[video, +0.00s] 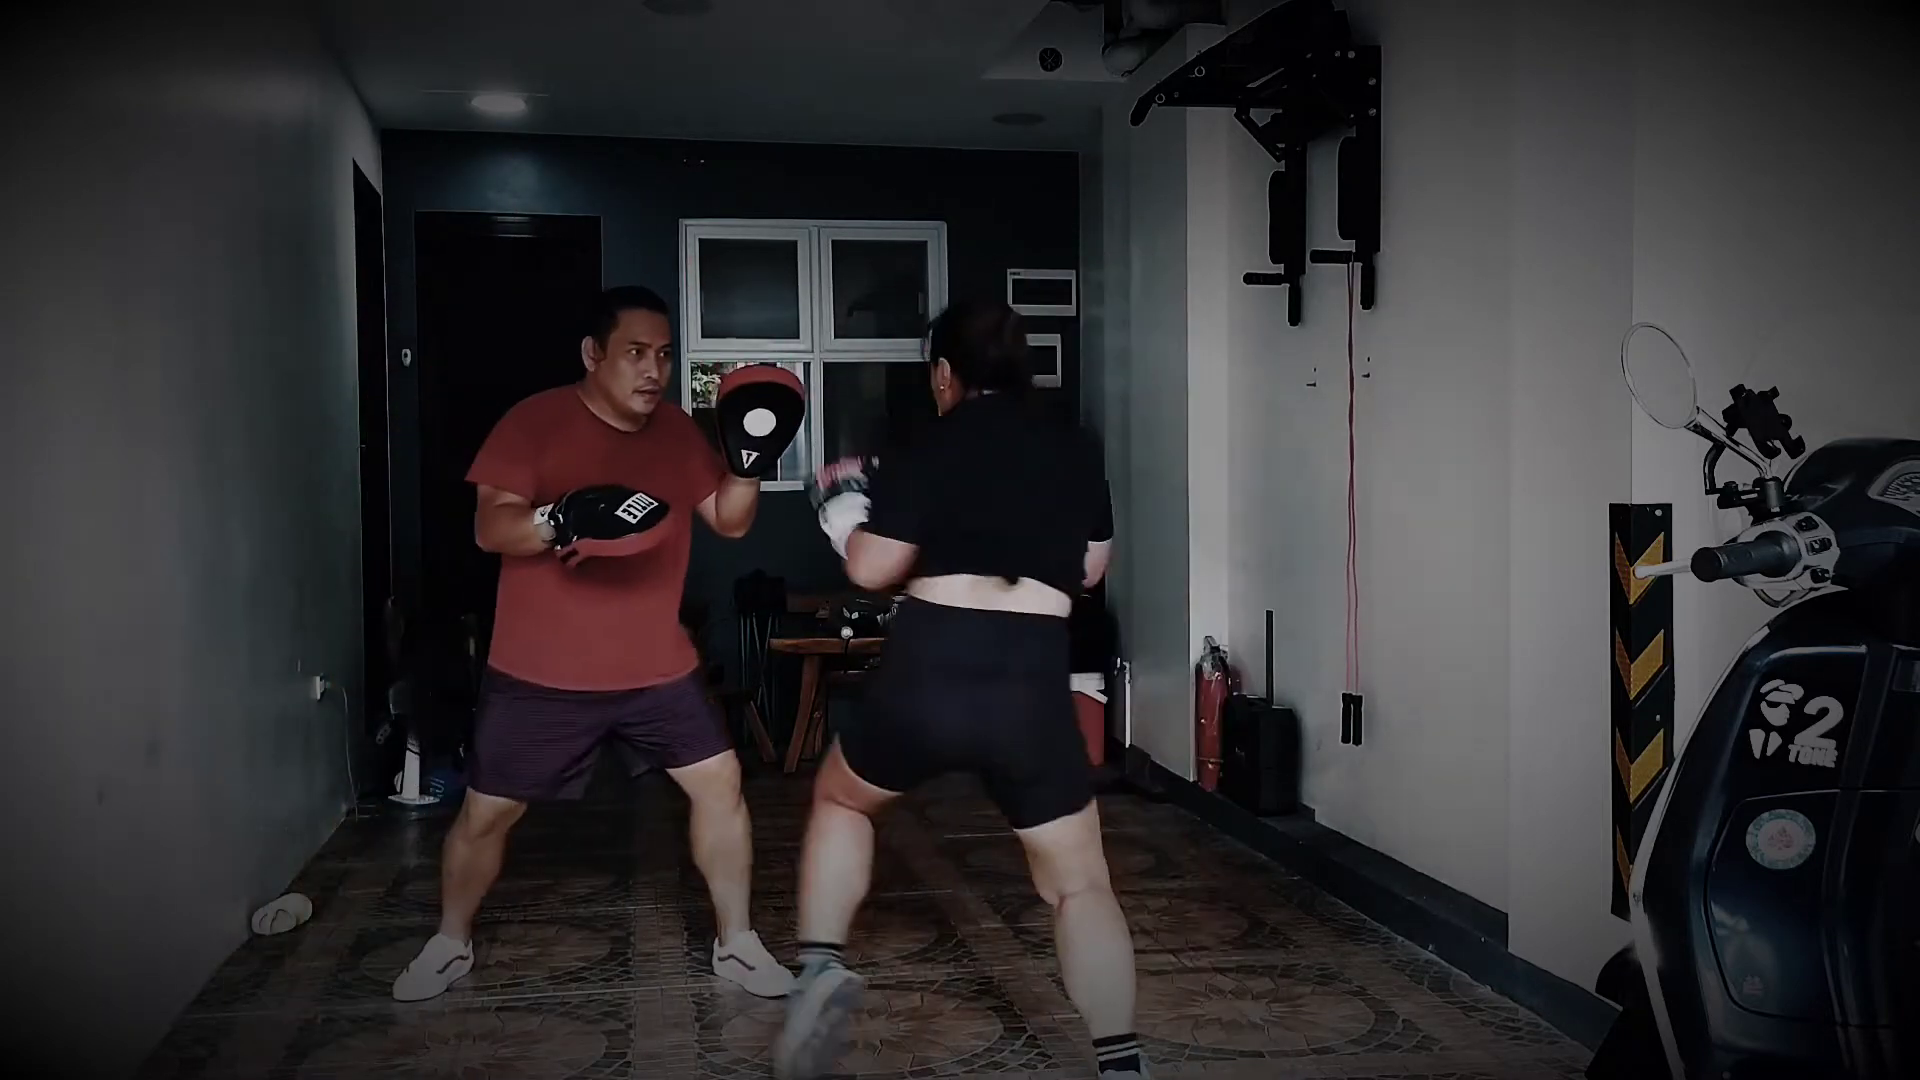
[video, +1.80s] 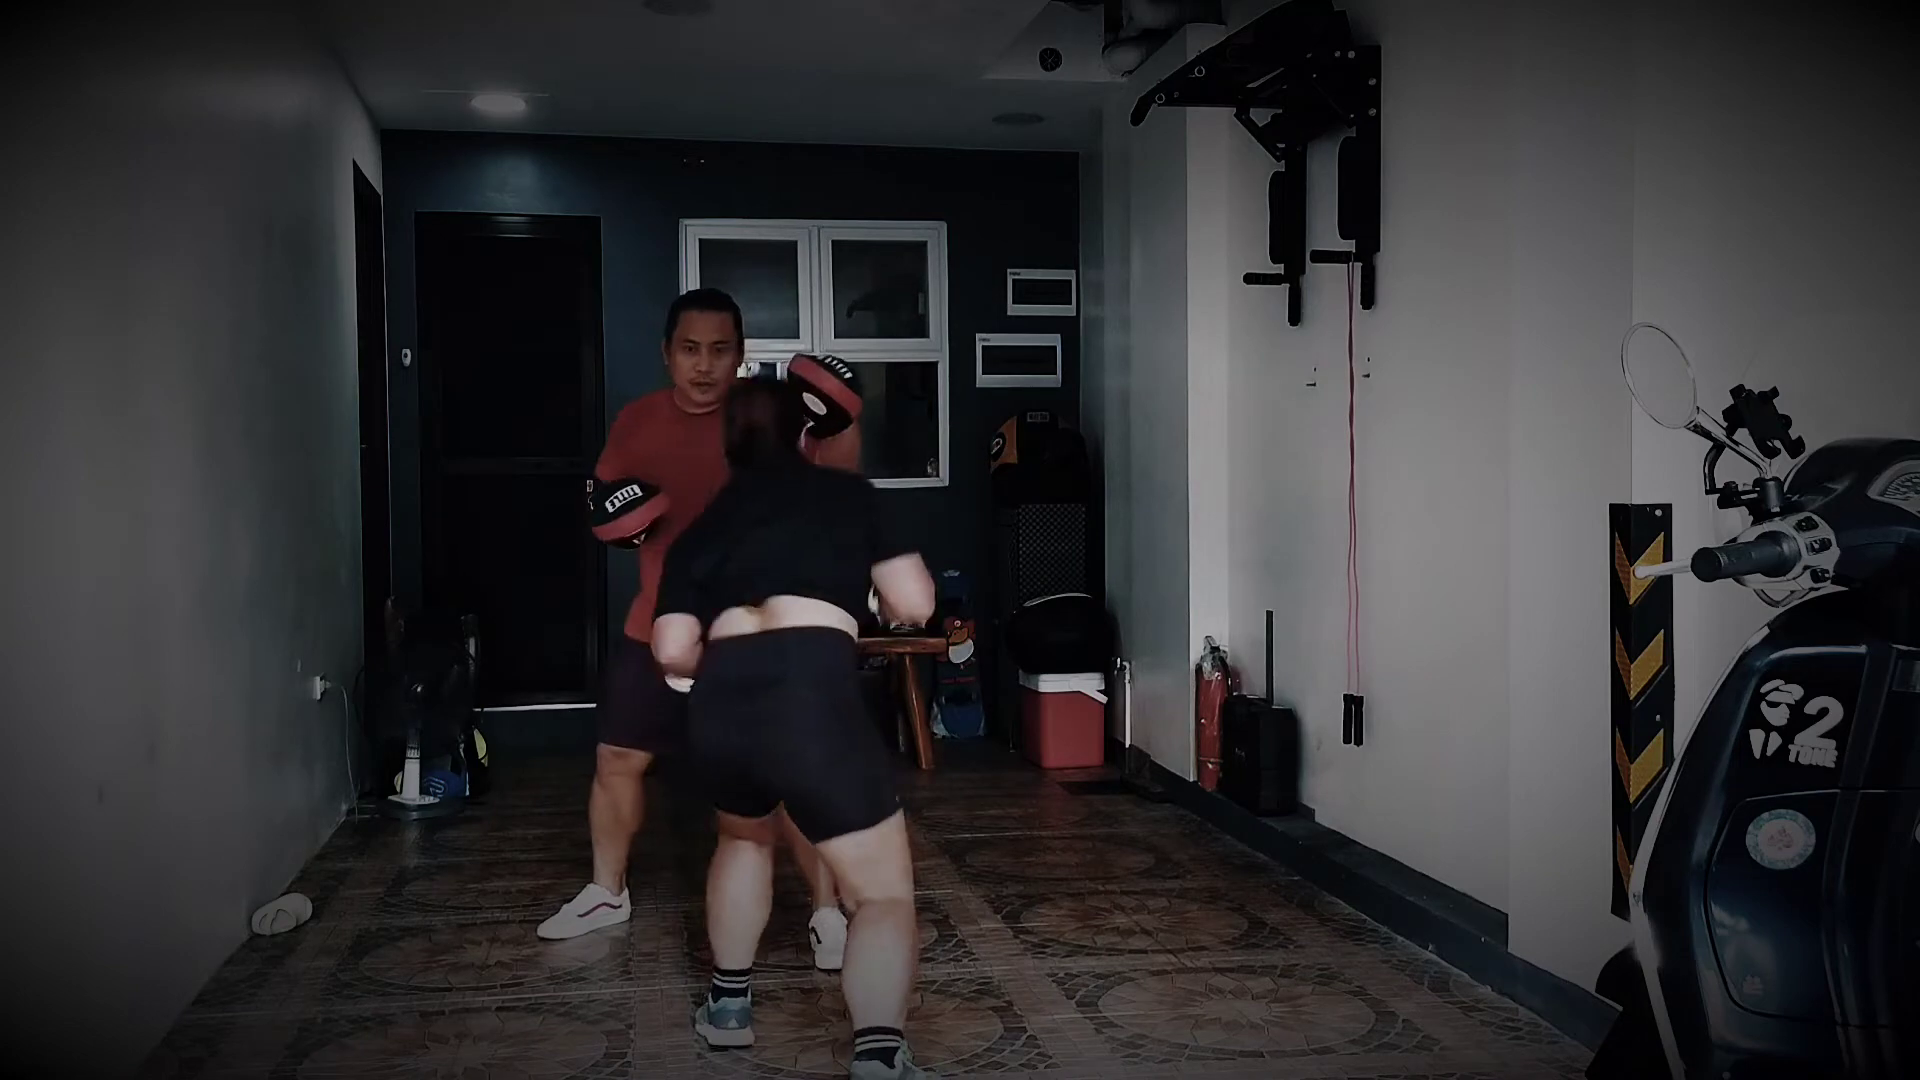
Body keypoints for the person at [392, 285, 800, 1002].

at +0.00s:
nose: (653, 368)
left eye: (663, 353)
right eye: (637, 351)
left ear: (670, 359)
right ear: (592, 353)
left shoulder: (680, 433)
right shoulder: (534, 424)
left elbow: (730, 521)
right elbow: (493, 530)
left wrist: (750, 457)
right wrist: (558, 522)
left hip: (656, 670)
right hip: (539, 674)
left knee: (720, 783)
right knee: (483, 817)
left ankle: (735, 939)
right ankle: (452, 939)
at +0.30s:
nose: (682, 346)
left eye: (695, 331)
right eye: (665, 330)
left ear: (708, 335)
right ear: (628, 331)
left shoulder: (731, 404)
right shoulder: (578, 398)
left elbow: (782, 457)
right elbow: (529, 492)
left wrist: (792, 385)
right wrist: (568, 501)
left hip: (697, 642)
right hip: (584, 641)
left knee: (726, 783)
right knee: (537, 777)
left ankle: (746, 941)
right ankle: (530, 898)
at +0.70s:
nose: (666, 359)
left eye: (679, 345)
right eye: (650, 344)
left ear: (694, 349)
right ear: (618, 347)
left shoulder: (720, 410)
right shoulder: (576, 418)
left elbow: (769, 470)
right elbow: (540, 505)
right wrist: (574, 519)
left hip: (715, 636)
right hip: (609, 641)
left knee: (758, 773)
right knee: (595, 773)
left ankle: (799, 901)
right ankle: (607, 891)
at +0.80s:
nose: (675, 354)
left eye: (689, 340)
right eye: (659, 339)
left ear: (707, 346)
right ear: (631, 345)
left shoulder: (733, 409)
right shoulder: (593, 413)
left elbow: (766, 486)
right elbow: (557, 501)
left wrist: (732, 517)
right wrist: (582, 515)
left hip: (715, 631)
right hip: (621, 635)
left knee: (738, 773)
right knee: (606, 771)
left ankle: (747, 889)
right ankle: (610, 891)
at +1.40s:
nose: (709, 361)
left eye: (722, 350)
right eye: (699, 348)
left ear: (745, 356)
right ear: (677, 350)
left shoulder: (770, 416)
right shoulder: (646, 414)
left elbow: (795, 498)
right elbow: (605, 501)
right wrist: (637, 518)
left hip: (748, 631)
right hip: (660, 627)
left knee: (781, 771)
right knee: (622, 760)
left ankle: (830, 896)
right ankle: (609, 889)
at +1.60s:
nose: (705, 363)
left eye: (719, 351)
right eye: (692, 348)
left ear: (737, 356)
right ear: (667, 350)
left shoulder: (756, 412)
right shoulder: (631, 418)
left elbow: (839, 451)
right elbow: (596, 504)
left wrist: (812, 390)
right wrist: (628, 504)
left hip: (750, 631)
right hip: (651, 631)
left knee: (786, 773)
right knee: (616, 761)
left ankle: (829, 908)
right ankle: (608, 893)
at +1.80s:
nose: (704, 363)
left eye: (718, 349)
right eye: (690, 348)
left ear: (739, 355)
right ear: (668, 352)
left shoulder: (765, 416)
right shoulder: (641, 421)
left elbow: (832, 494)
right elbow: (607, 504)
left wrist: (842, 420)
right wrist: (611, 514)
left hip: (757, 631)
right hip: (658, 626)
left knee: (782, 765)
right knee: (618, 757)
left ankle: (827, 906)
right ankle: (607, 894)